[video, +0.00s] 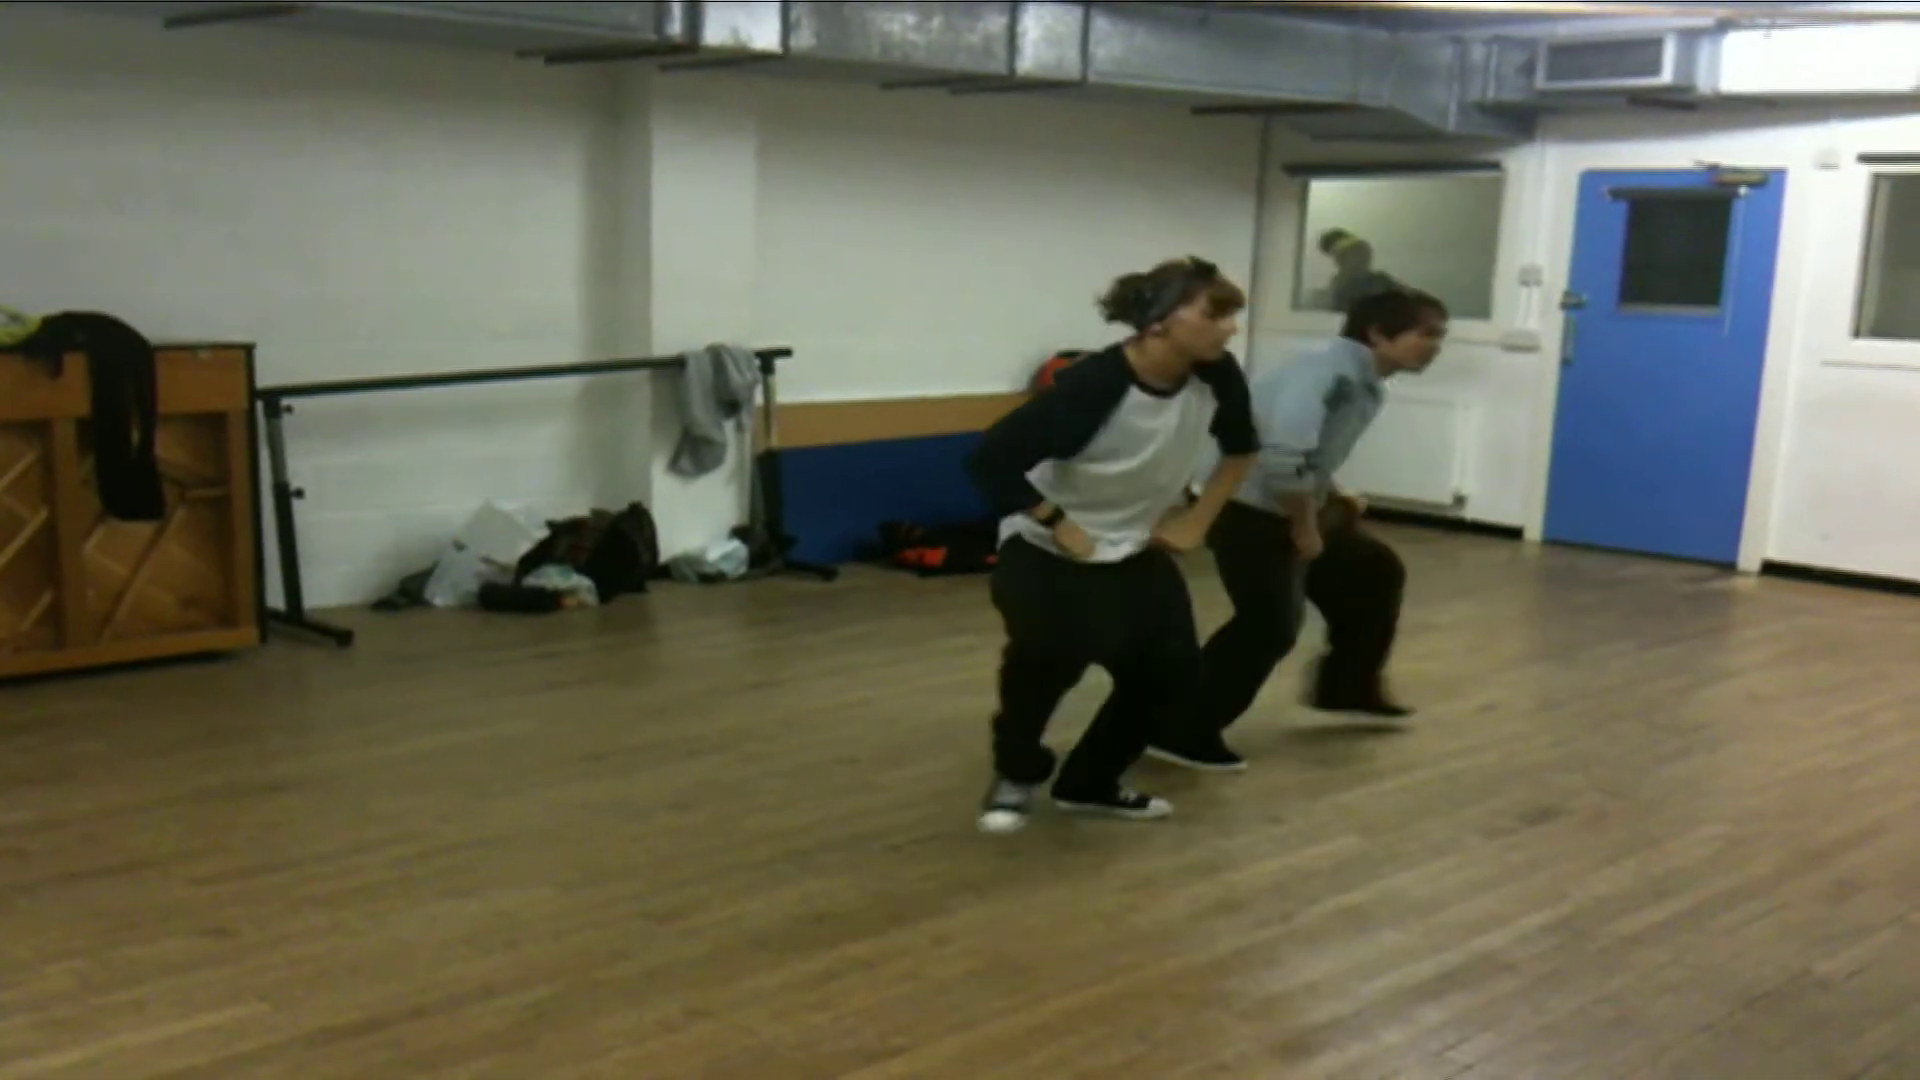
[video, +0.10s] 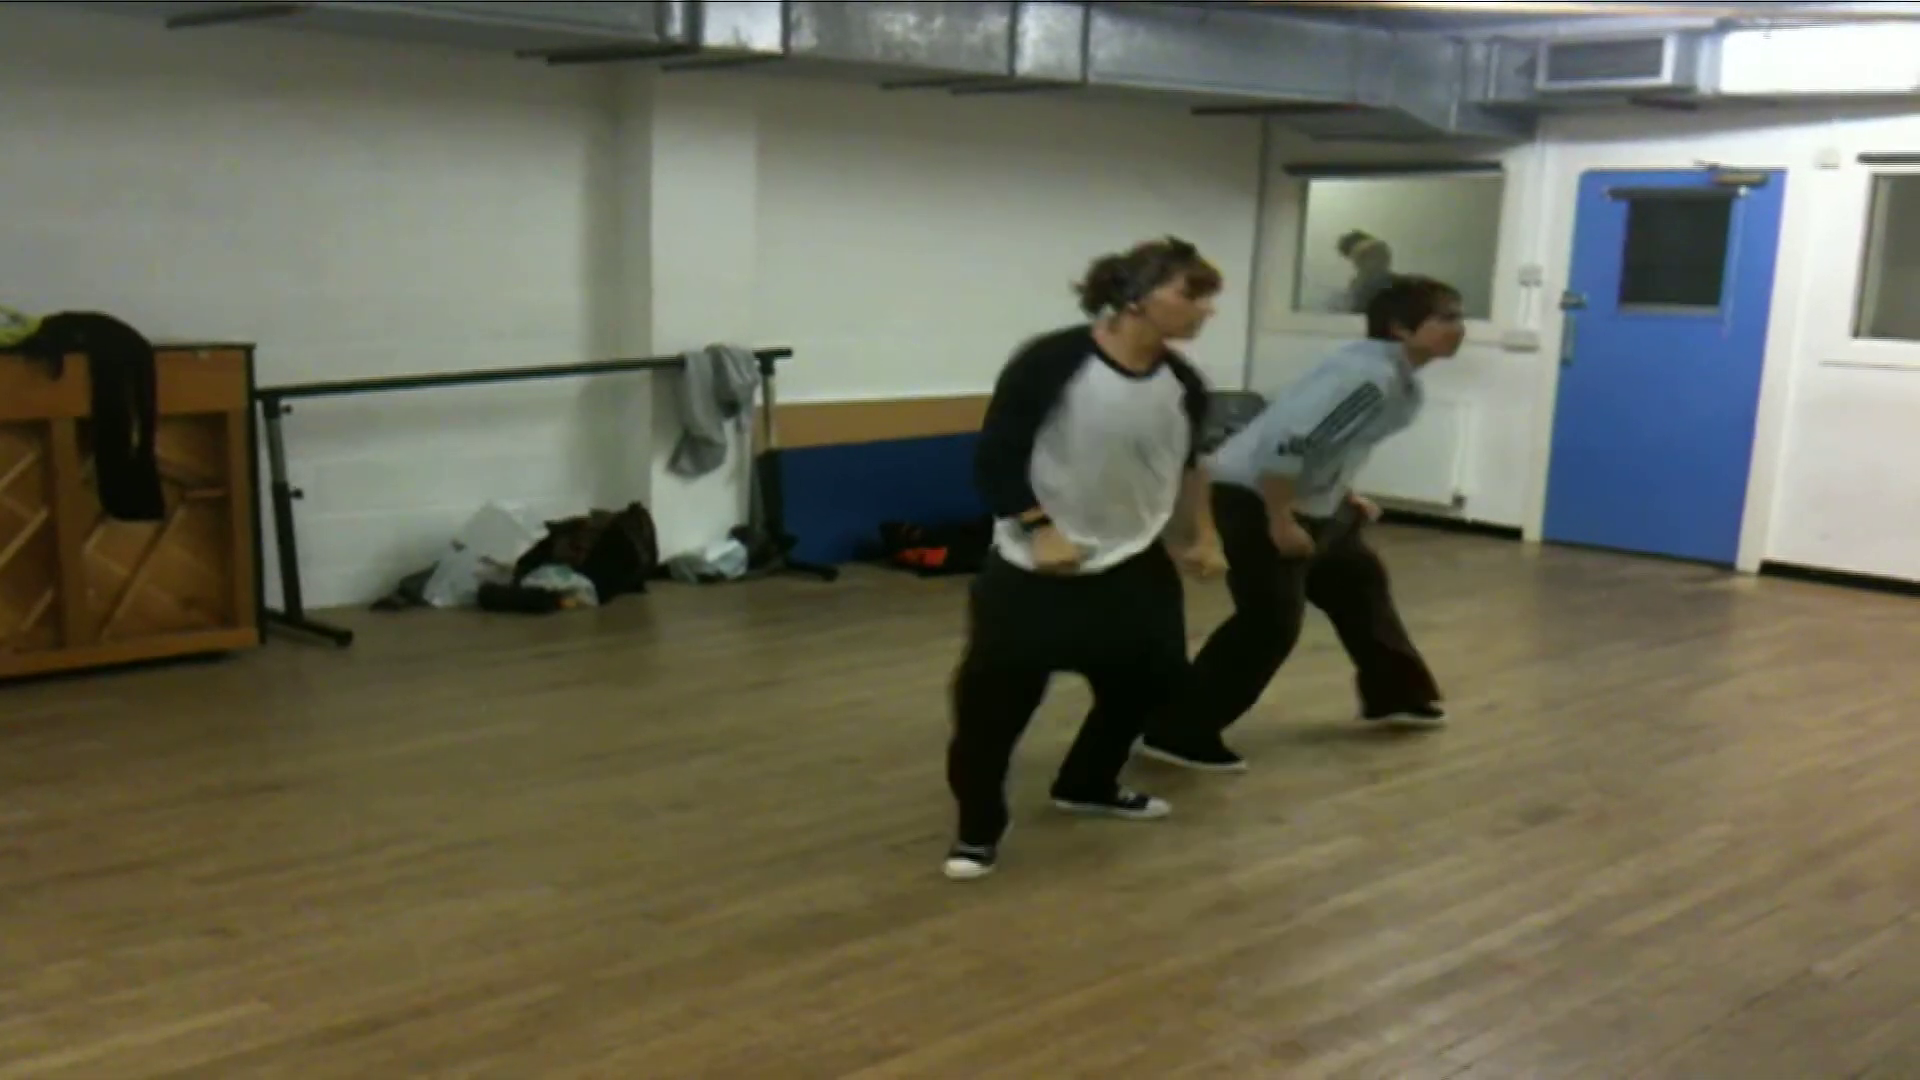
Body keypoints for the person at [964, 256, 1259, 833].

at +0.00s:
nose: (1228, 326)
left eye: (1226, 313)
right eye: (1211, 314)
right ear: (1161, 325)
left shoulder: (1218, 378)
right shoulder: (1094, 385)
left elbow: (1240, 448)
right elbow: (990, 460)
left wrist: (1198, 520)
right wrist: (1056, 521)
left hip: (1135, 554)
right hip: (1046, 550)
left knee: (1167, 665)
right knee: (1052, 645)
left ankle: (1089, 781)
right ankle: (1017, 772)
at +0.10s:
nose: (1201, 307)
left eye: (1202, 295)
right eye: (1187, 294)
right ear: (1138, 299)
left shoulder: (1185, 389)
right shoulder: (1048, 364)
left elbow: (1188, 468)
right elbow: (997, 456)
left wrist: (1201, 533)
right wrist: (1038, 528)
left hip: (1132, 571)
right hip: (1033, 569)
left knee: (1145, 681)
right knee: (990, 706)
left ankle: (1087, 783)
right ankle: (977, 831)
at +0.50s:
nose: (1129, 299)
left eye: (1135, 287)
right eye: (1122, 283)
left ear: (1089, 276)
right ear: (1078, 271)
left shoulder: (1110, 339)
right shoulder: (1020, 343)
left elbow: (1099, 435)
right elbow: (923, 433)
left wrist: (1126, 507)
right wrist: (970, 502)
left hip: (1095, 561)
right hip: (1012, 559)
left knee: (1109, 670)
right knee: (978, 698)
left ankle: (1085, 781)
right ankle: (951, 825)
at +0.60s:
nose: (1121, 306)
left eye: (1126, 292)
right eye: (1110, 289)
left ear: (1087, 284)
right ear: (1064, 279)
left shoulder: (1108, 338)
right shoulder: (1014, 350)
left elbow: (1131, 413)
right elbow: (918, 443)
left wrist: (1130, 501)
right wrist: (977, 510)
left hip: (1092, 559)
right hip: (1016, 554)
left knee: (1117, 666)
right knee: (1002, 679)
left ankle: (1085, 782)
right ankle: (938, 820)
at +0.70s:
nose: (1111, 311)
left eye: (1116, 298)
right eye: (1099, 295)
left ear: (1116, 300)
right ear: (1052, 286)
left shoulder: (1115, 343)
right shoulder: (994, 356)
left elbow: (1141, 414)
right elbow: (932, 462)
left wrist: (1135, 491)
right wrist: (1000, 542)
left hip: (1089, 560)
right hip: (1011, 562)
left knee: (1122, 665)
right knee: (1027, 685)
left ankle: (1078, 781)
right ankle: (901, 819)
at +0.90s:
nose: (1127, 349)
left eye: (1131, 334)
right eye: (1114, 332)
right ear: (1065, 327)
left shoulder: (1117, 384)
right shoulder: (1008, 391)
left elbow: (1155, 449)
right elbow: (956, 499)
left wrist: (1125, 538)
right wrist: (1012, 576)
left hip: (1061, 566)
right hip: (980, 575)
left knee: (1110, 699)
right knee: (1040, 709)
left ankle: (1090, 779)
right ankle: (894, 817)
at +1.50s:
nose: (1110, 307)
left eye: (1115, 294)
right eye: (1098, 291)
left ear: (1110, 300)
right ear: (1049, 295)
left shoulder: (1105, 376)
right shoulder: (993, 355)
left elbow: (1119, 452)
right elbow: (926, 459)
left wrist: (1092, 525)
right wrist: (970, 539)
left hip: (1042, 547)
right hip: (950, 545)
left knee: (1076, 674)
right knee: (958, 683)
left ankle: (1036, 791)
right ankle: (929, 818)